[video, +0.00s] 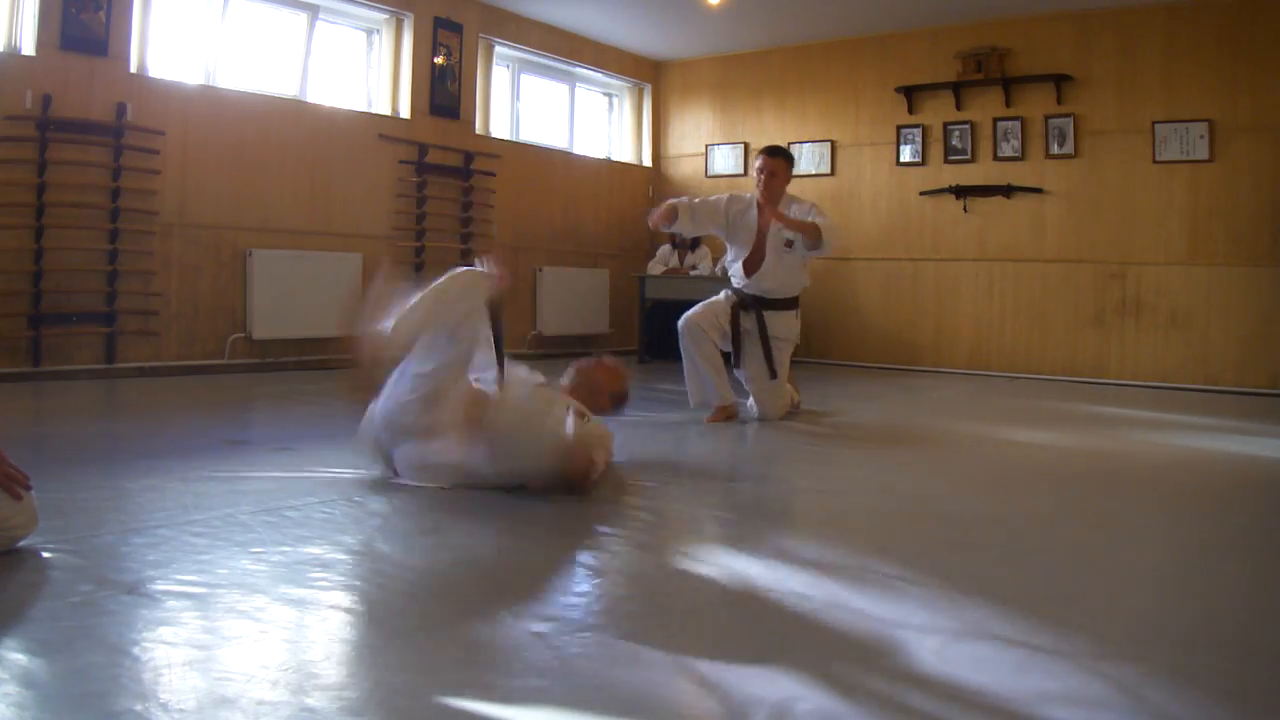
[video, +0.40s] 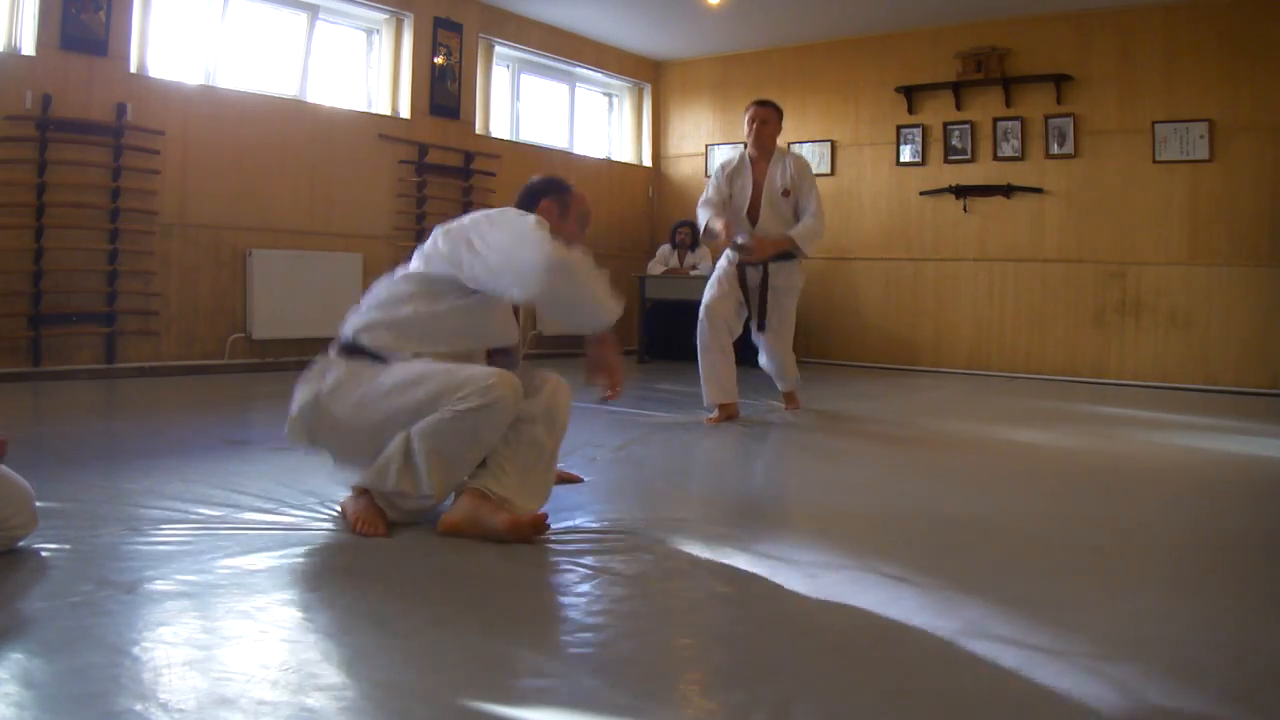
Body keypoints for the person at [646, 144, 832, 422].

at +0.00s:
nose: (763, 179)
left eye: (771, 174)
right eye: (759, 172)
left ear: (787, 179)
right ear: (753, 174)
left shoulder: (803, 212)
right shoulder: (736, 206)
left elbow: (826, 235)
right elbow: (696, 208)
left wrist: (785, 221)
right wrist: (670, 212)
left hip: (777, 313)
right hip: (735, 301)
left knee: (767, 410)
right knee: (692, 324)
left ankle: (789, 393)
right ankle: (724, 404)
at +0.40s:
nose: (756, 127)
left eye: (764, 122)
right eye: (751, 122)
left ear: (779, 130)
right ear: (744, 129)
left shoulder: (795, 167)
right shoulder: (728, 168)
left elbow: (814, 223)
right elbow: (706, 207)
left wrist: (774, 245)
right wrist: (720, 225)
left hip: (780, 263)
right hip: (734, 259)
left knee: (774, 354)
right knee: (711, 316)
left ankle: (788, 389)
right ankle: (726, 402)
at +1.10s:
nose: (779, 90)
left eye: (787, 85)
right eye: (774, 84)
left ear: (802, 92)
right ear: (767, 90)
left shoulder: (818, 128)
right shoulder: (749, 130)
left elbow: (830, 183)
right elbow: (733, 164)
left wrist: (787, 197)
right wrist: (740, 178)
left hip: (804, 232)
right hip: (761, 231)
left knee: (812, 318)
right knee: (757, 316)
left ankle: (813, 392)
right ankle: (750, 396)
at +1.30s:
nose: (782, 93)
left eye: (790, 87)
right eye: (777, 87)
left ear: (804, 94)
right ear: (770, 92)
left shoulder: (817, 130)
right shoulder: (750, 132)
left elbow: (826, 183)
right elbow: (725, 174)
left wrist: (778, 187)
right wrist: (726, 209)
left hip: (801, 229)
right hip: (758, 229)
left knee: (813, 313)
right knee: (759, 307)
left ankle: (816, 391)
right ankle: (747, 389)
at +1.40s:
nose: (775, 97)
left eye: (783, 92)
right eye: (770, 91)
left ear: (795, 100)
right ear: (761, 97)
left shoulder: (806, 131)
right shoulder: (743, 136)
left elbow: (808, 172)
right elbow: (712, 178)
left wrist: (759, 163)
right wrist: (708, 218)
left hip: (794, 231)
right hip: (752, 230)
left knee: (813, 314)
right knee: (759, 297)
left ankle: (813, 390)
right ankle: (736, 383)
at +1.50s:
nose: (757, 101)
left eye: (766, 97)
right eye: (752, 96)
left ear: (777, 104)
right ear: (743, 102)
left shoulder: (788, 131)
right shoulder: (726, 139)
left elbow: (774, 142)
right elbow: (690, 176)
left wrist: (733, 133)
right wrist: (695, 213)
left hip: (780, 237)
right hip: (742, 236)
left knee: (814, 319)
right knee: (754, 309)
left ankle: (815, 391)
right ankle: (710, 384)